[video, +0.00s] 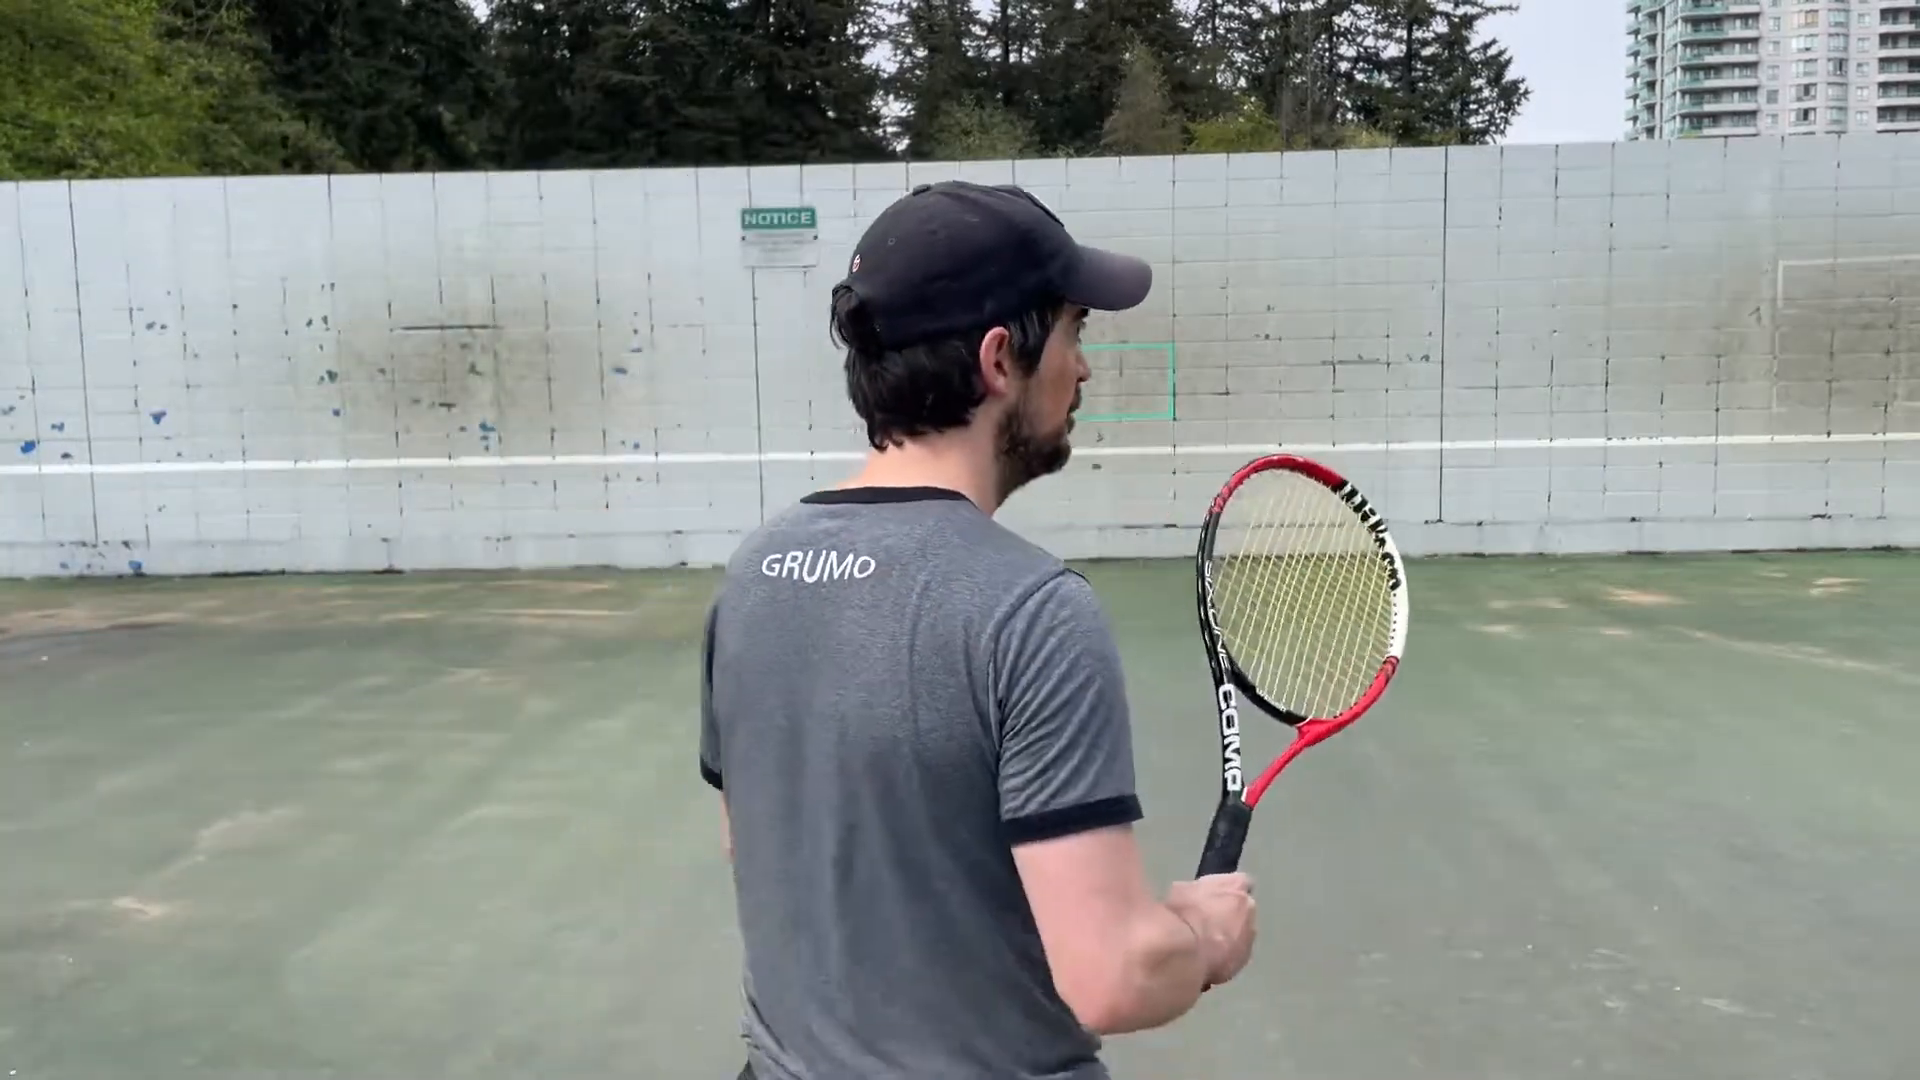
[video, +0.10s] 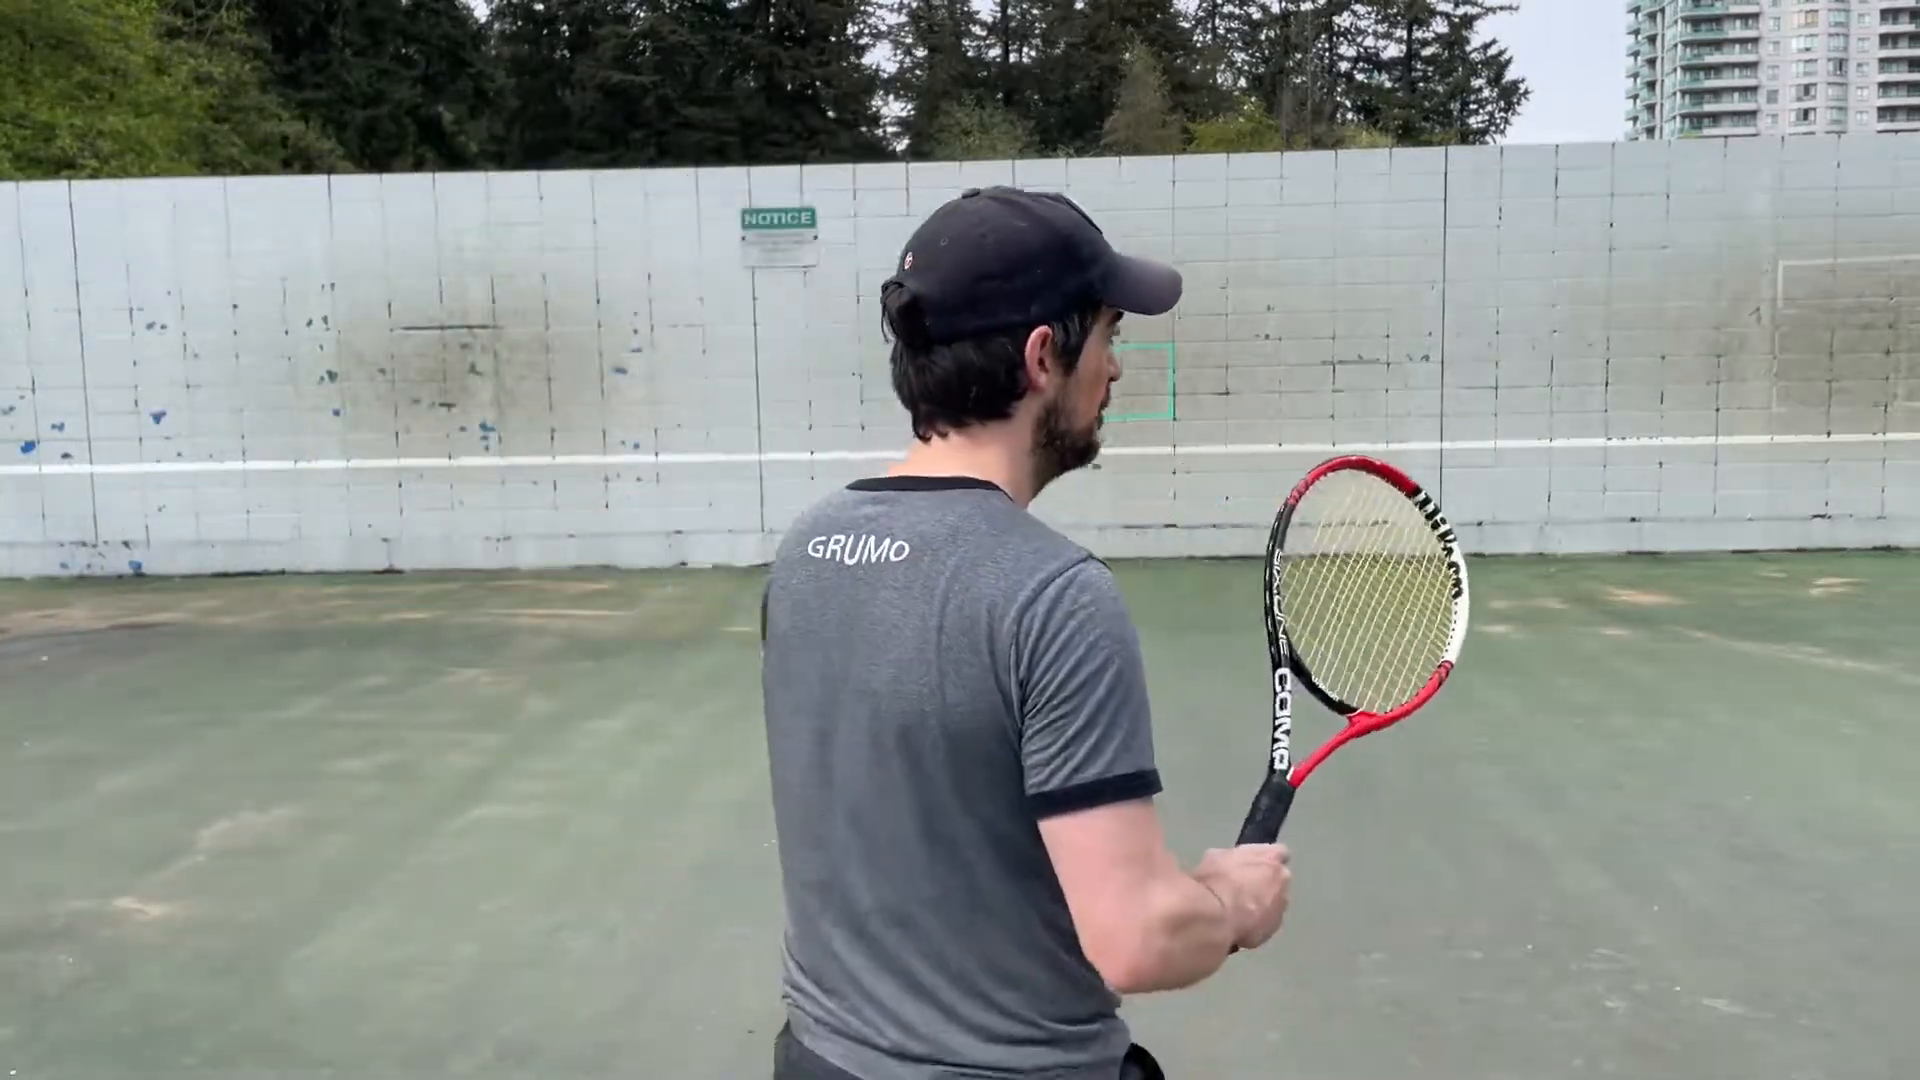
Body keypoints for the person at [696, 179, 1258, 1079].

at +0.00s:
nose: (1084, 368)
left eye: (1080, 334)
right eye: (1070, 335)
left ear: (888, 359)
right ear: (999, 359)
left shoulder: (760, 566)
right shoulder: (1027, 605)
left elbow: (754, 852)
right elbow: (1109, 982)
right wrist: (1203, 935)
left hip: (787, 1060)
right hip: (1005, 1065)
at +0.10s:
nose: (1115, 369)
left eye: (1115, 338)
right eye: (1106, 338)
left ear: (928, 354)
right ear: (1042, 357)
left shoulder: (810, 547)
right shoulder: (1053, 592)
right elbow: (1135, 942)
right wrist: (1231, 905)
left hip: (825, 1050)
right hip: (1036, 1062)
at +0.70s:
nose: (1299, 416)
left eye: (1306, 396)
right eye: (1303, 395)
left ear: (1165, 377)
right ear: (1275, 398)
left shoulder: (1058, 500)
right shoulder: (1207, 560)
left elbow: (1124, 499)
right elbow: (1303, 778)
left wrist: (1209, 518)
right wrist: (1543, 769)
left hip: (1013, 921)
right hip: (1146, 960)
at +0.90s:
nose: (1359, 463)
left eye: (1367, 442)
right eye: (1365, 440)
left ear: (1243, 416)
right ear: (1338, 439)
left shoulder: (1119, 513)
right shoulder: (1258, 555)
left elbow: (1073, 531)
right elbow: (1296, 724)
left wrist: (1182, 496)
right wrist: (1528, 753)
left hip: (1065, 905)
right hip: (1206, 935)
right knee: (1293, 1061)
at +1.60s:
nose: (1317, 330)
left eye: (1322, 317)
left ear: (1325, 334)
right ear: (1424, 351)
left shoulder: (1303, 484)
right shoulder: (1436, 452)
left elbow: (1240, 664)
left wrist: (1170, 781)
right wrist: (1214, 356)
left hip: (1284, 787)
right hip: (1394, 786)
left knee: (1211, 1014)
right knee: (1366, 1018)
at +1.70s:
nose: (1301, 333)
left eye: (1304, 321)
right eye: (1310, 325)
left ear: (1312, 336)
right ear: (1411, 349)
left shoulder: (1305, 488)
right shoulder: (1422, 449)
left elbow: (1258, 674)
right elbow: (1279, 388)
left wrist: (1175, 776)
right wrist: (1147, 370)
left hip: (1287, 790)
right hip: (1391, 783)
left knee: (1211, 1025)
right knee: (1364, 1020)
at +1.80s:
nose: (1275, 335)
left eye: (1279, 324)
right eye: (1288, 323)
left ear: (1285, 341)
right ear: (1386, 350)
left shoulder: (1293, 491)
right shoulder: (1405, 450)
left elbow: (1258, 680)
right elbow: (1242, 423)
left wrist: (1164, 750)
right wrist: (1109, 426)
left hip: (1282, 792)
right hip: (1386, 785)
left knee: (1202, 1027)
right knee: (1361, 1024)